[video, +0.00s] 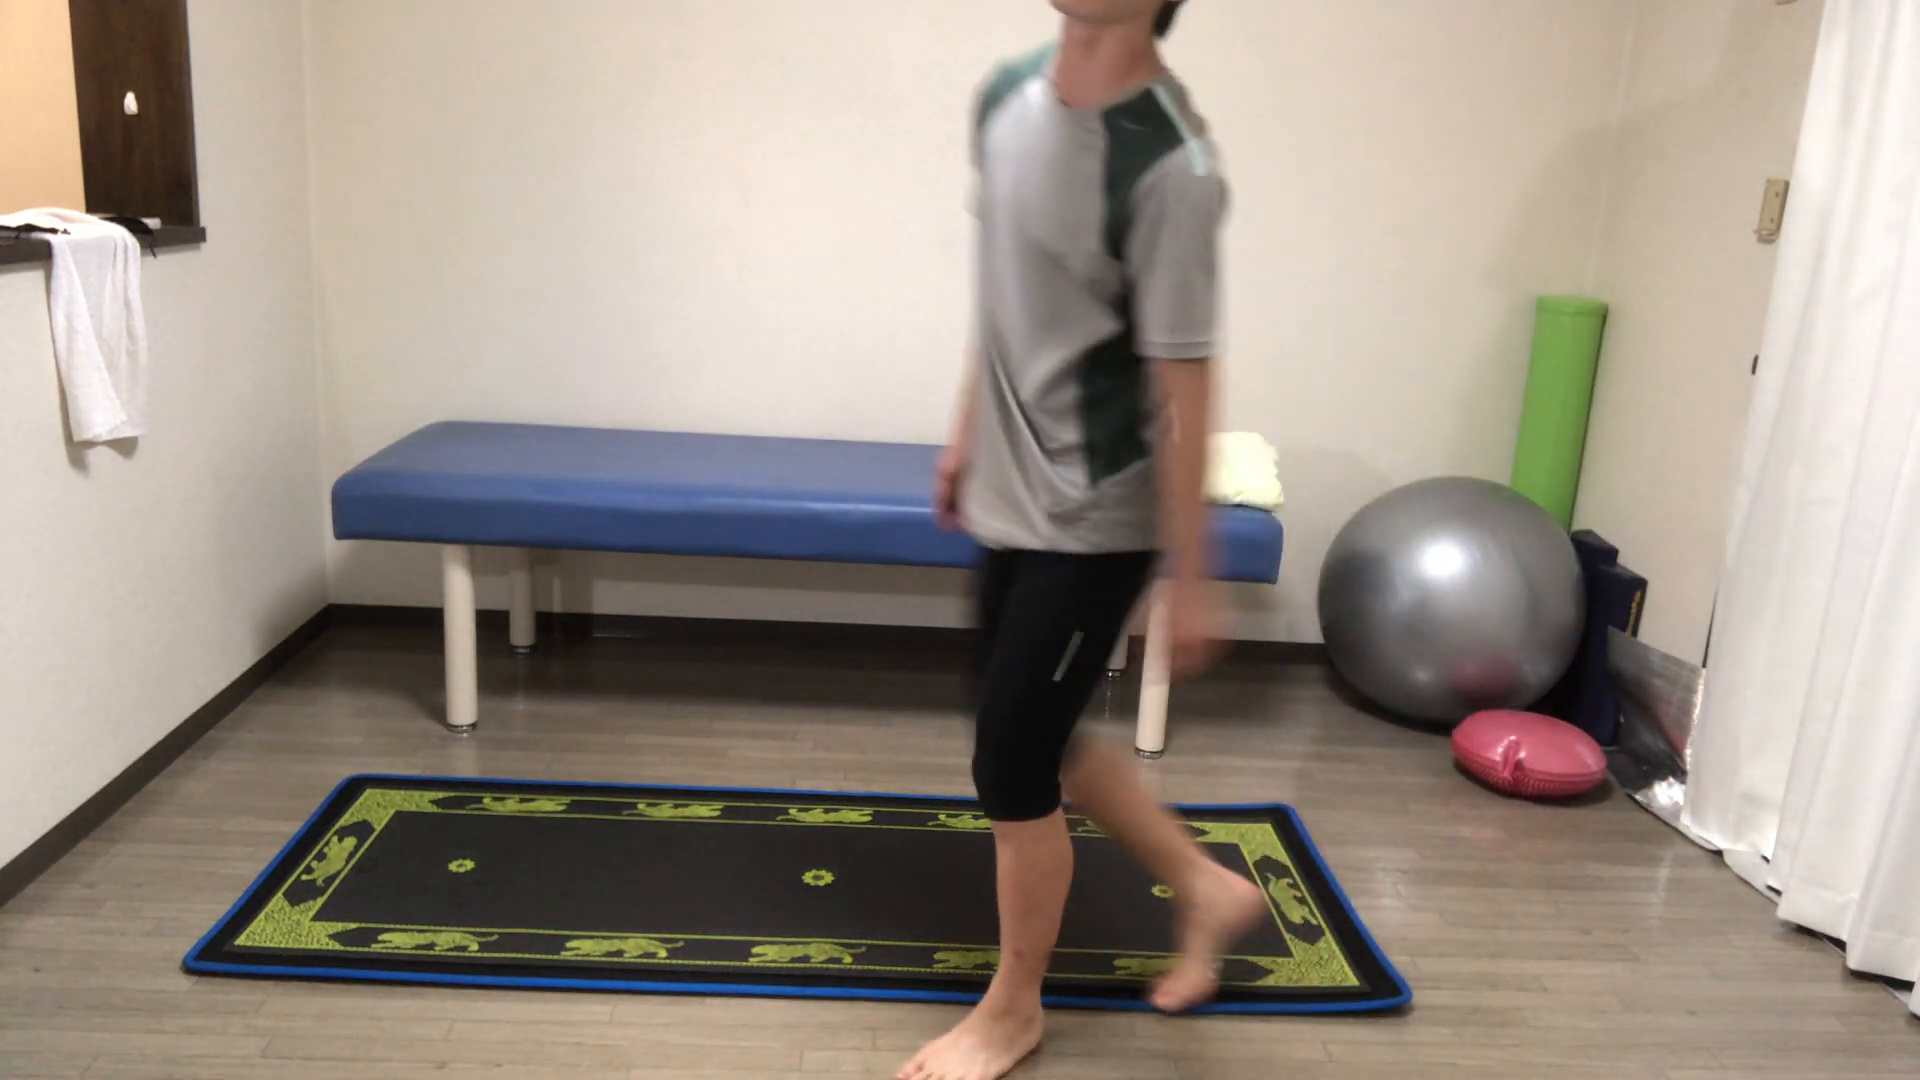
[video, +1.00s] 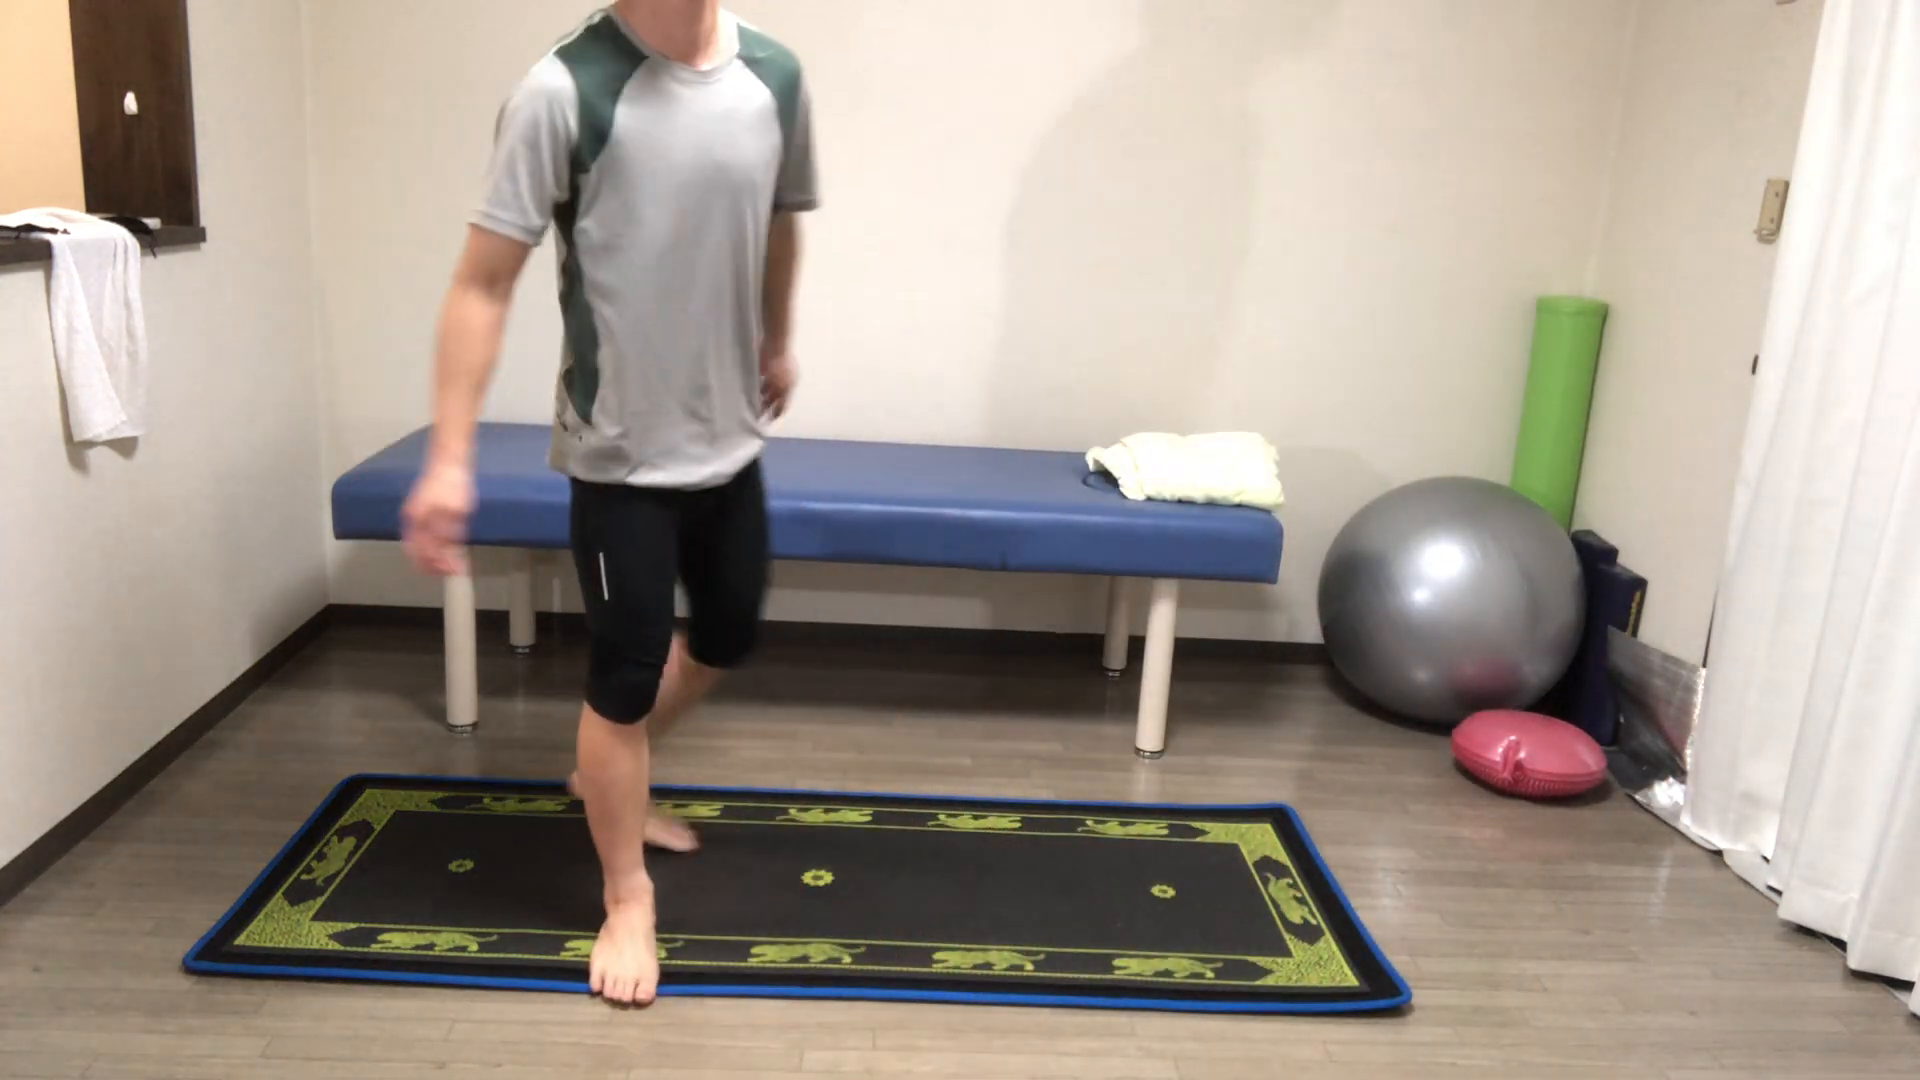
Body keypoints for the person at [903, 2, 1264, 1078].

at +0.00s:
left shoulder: (1173, 168)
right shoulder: (1007, 95)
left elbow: (1185, 382)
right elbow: (1004, 293)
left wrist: (1190, 574)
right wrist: (968, 429)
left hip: (1103, 511)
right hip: (1008, 486)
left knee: (1017, 762)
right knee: (1032, 729)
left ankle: (1012, 1011)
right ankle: (1210, 886)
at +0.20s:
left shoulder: (1093, 150)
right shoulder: (910, 68)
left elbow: (1040, 369)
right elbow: (888, 245)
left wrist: (906, 521)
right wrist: (833, 405)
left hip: (1015, 497)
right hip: (901, 469)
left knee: (992, 759)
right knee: (806, 704)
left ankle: (1013, 1007)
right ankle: (910, 856)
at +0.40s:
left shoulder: (997, 137)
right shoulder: (770, 85)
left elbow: (971, 341)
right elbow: (738, 260)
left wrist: (822, 447)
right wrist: (693, 429)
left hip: (924, 493)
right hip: (784, 481)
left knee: (953, 759)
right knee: (701, 717)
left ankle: (1009, 999)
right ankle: (628, 899)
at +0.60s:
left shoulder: (873, 118)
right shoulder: (610, 102)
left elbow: (893, 307)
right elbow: (551, 286)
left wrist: (923, 475)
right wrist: (528, 464)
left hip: (834, 463)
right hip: (690, 460)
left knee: (883, 709)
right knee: (655, 709)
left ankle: (939, 946)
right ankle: (628, 906)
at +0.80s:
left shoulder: (810, 83)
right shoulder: (567, 86)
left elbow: (854, 237)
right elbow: (463, 268)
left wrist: (877, 369)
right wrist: (404, 441)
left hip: (778, 442)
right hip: (646, 451)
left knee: (800, 675)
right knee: (640, 690)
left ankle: (762, 845)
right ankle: (629, 903)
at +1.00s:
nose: (692, 3)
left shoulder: (775, 76)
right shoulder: (564, 94)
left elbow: (780, 227)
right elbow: (483, 282)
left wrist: (776, 343)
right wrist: (449, 459)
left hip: (730, 432)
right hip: (622, 447)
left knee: (723, 632)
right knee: (627, 677)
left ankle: (618, 758)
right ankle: (626, 902)